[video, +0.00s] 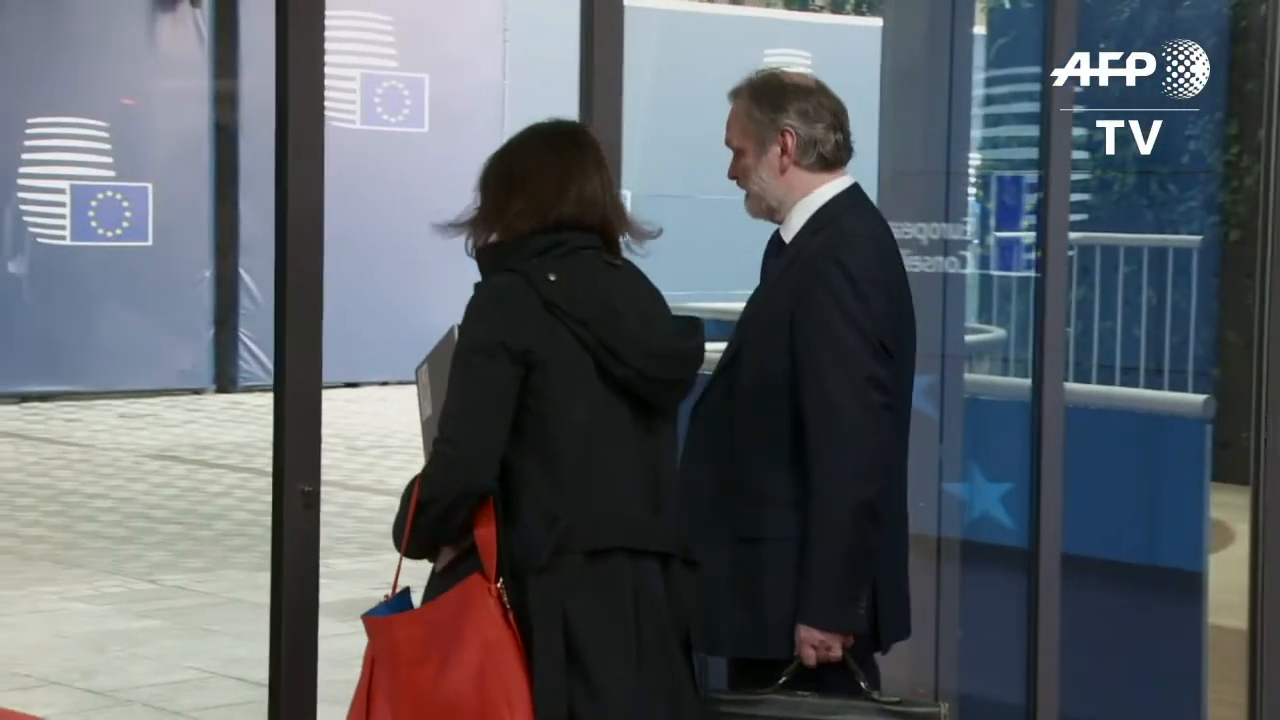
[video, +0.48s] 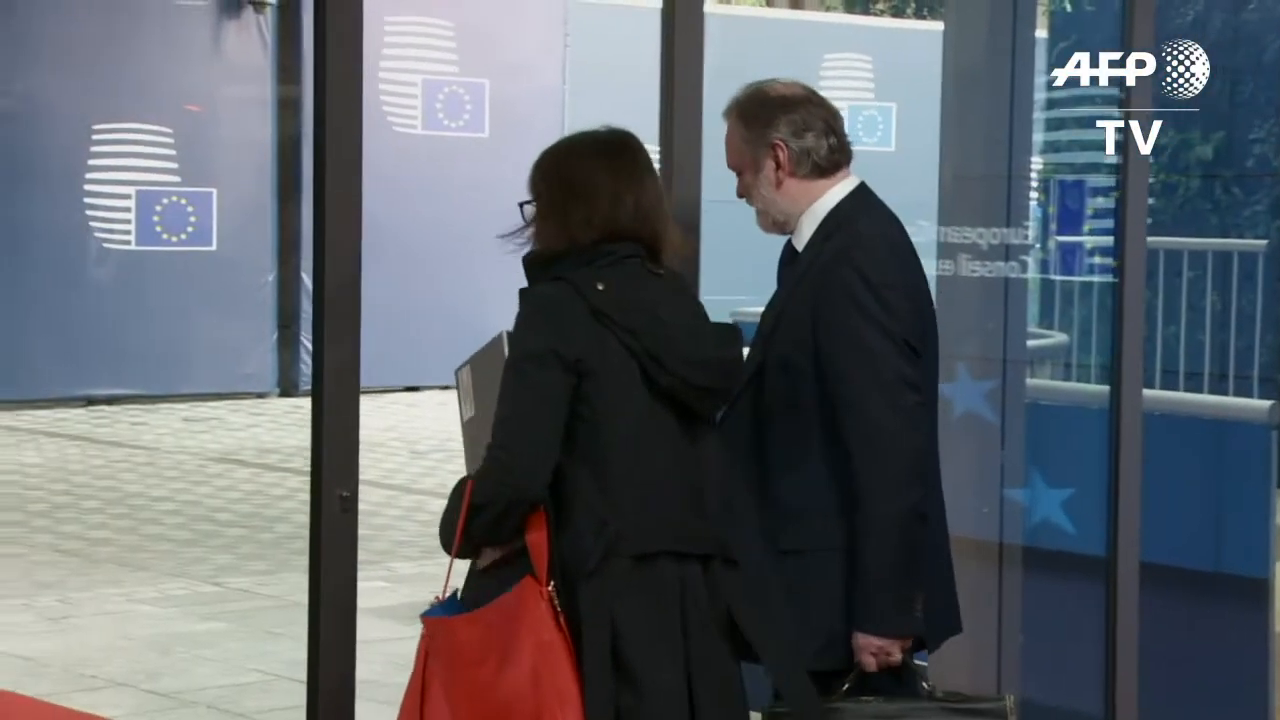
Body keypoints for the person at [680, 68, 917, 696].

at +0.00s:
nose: (732, 170)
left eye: (738, 151)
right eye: (732, 152)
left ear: (783, 150)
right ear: (785, 151)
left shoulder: (835, 255)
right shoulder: (820, 238)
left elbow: (845, 442)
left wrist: (826, 604)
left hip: (797, 600)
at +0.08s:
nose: (730, 171)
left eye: (735, 153)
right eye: (729, 154)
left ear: (779, 150)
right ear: (783, 149)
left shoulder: (836, 252)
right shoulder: (821, 237)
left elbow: (849, 439)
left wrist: (834, 604)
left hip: (802, 598)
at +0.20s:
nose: (727, 178)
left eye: (730, 160)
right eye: (724, 162)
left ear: (771, 154)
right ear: (777, 151)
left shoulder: (838, 253)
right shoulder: (820, 237)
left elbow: (858, 439)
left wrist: (848, 605)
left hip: (814, 597)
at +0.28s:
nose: (726, 185)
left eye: (728, 167)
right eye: (723, 169)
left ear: (769, 156)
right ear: (773, 156)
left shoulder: (840, 254)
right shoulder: (820, 239)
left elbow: (863, 440)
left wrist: (857, 606)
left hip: (822, 602)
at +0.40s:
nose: (731, 188)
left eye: (732, 170)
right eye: (728, 172)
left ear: (771, 160)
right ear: (774, 160)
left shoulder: (848, 254)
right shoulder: (821, 241)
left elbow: (874, 441)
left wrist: (871, 606)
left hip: (841, 601)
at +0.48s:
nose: (739, 191)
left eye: (740, 173)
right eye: (736, 175)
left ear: (778, 162)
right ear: (782, 161)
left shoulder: (854, 258)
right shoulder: (833, 241)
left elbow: (885, 445)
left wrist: (881, 609)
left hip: (847, 606)